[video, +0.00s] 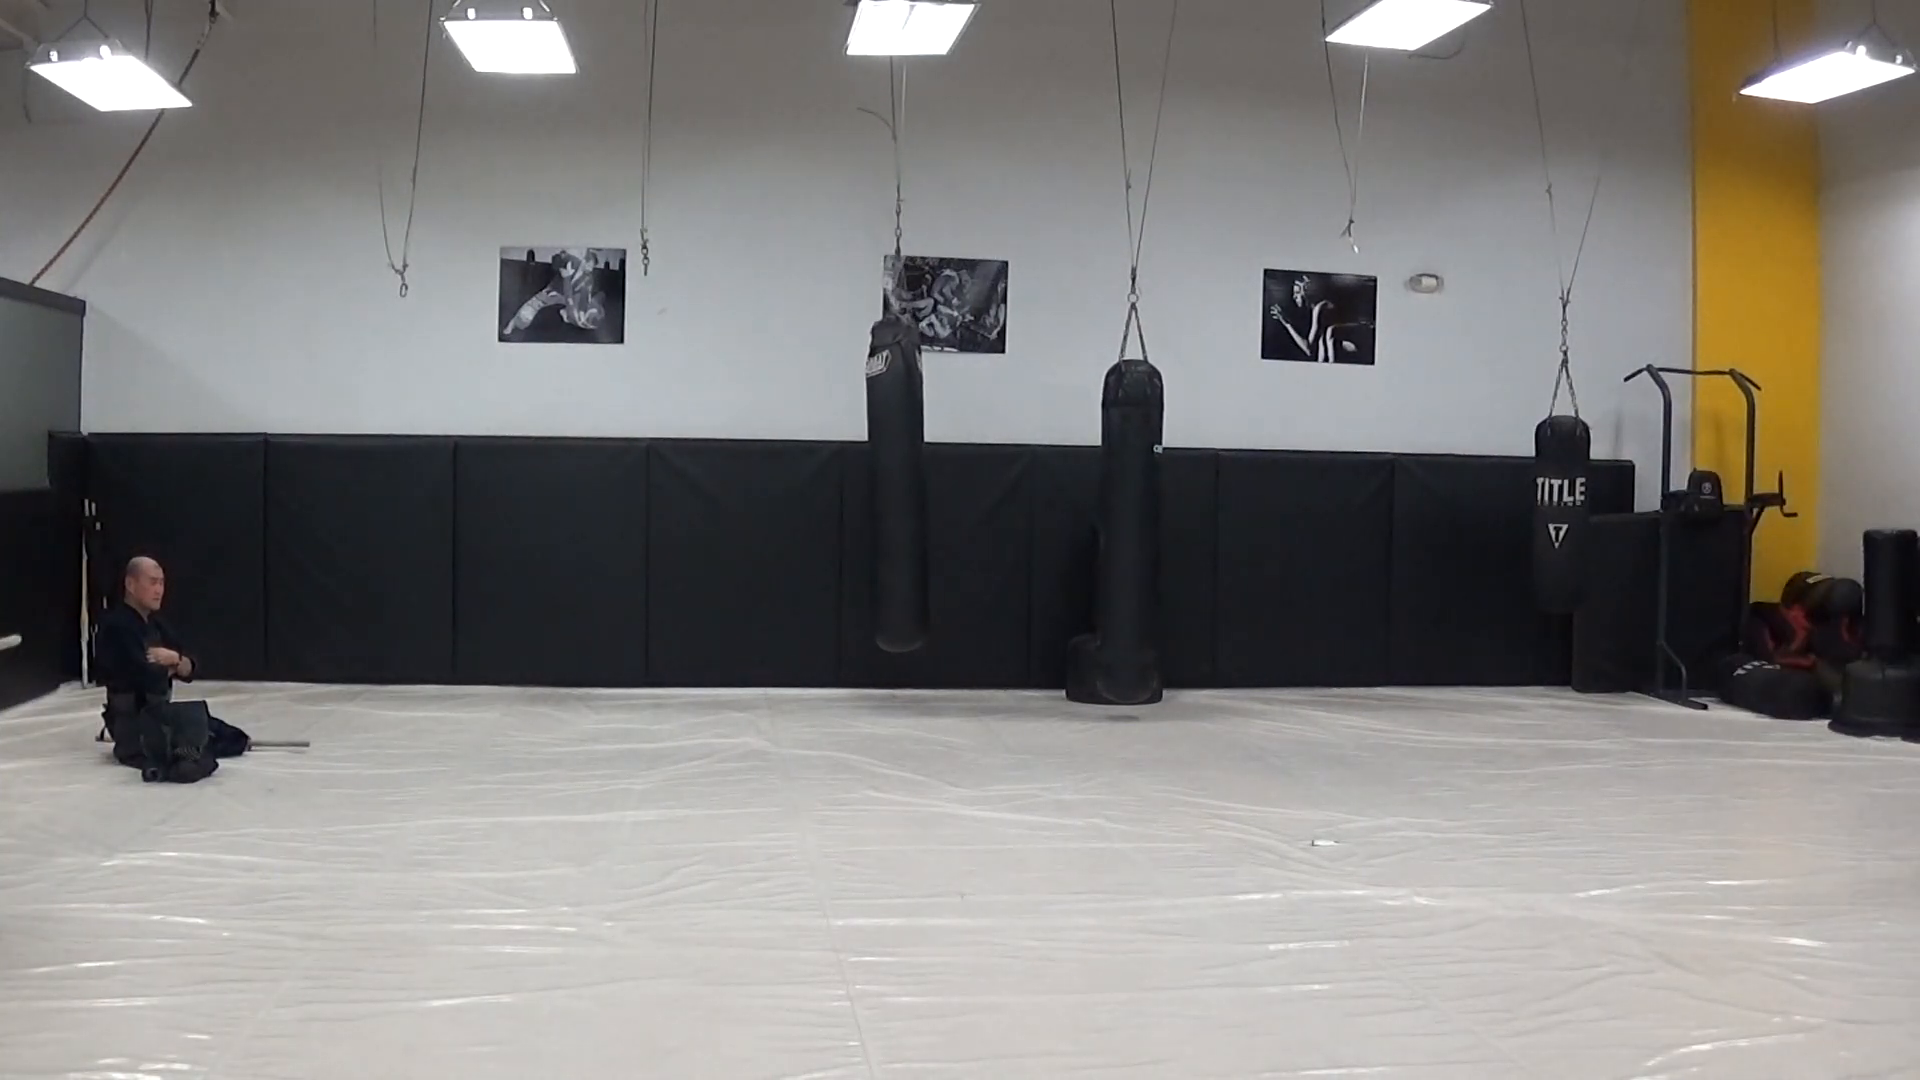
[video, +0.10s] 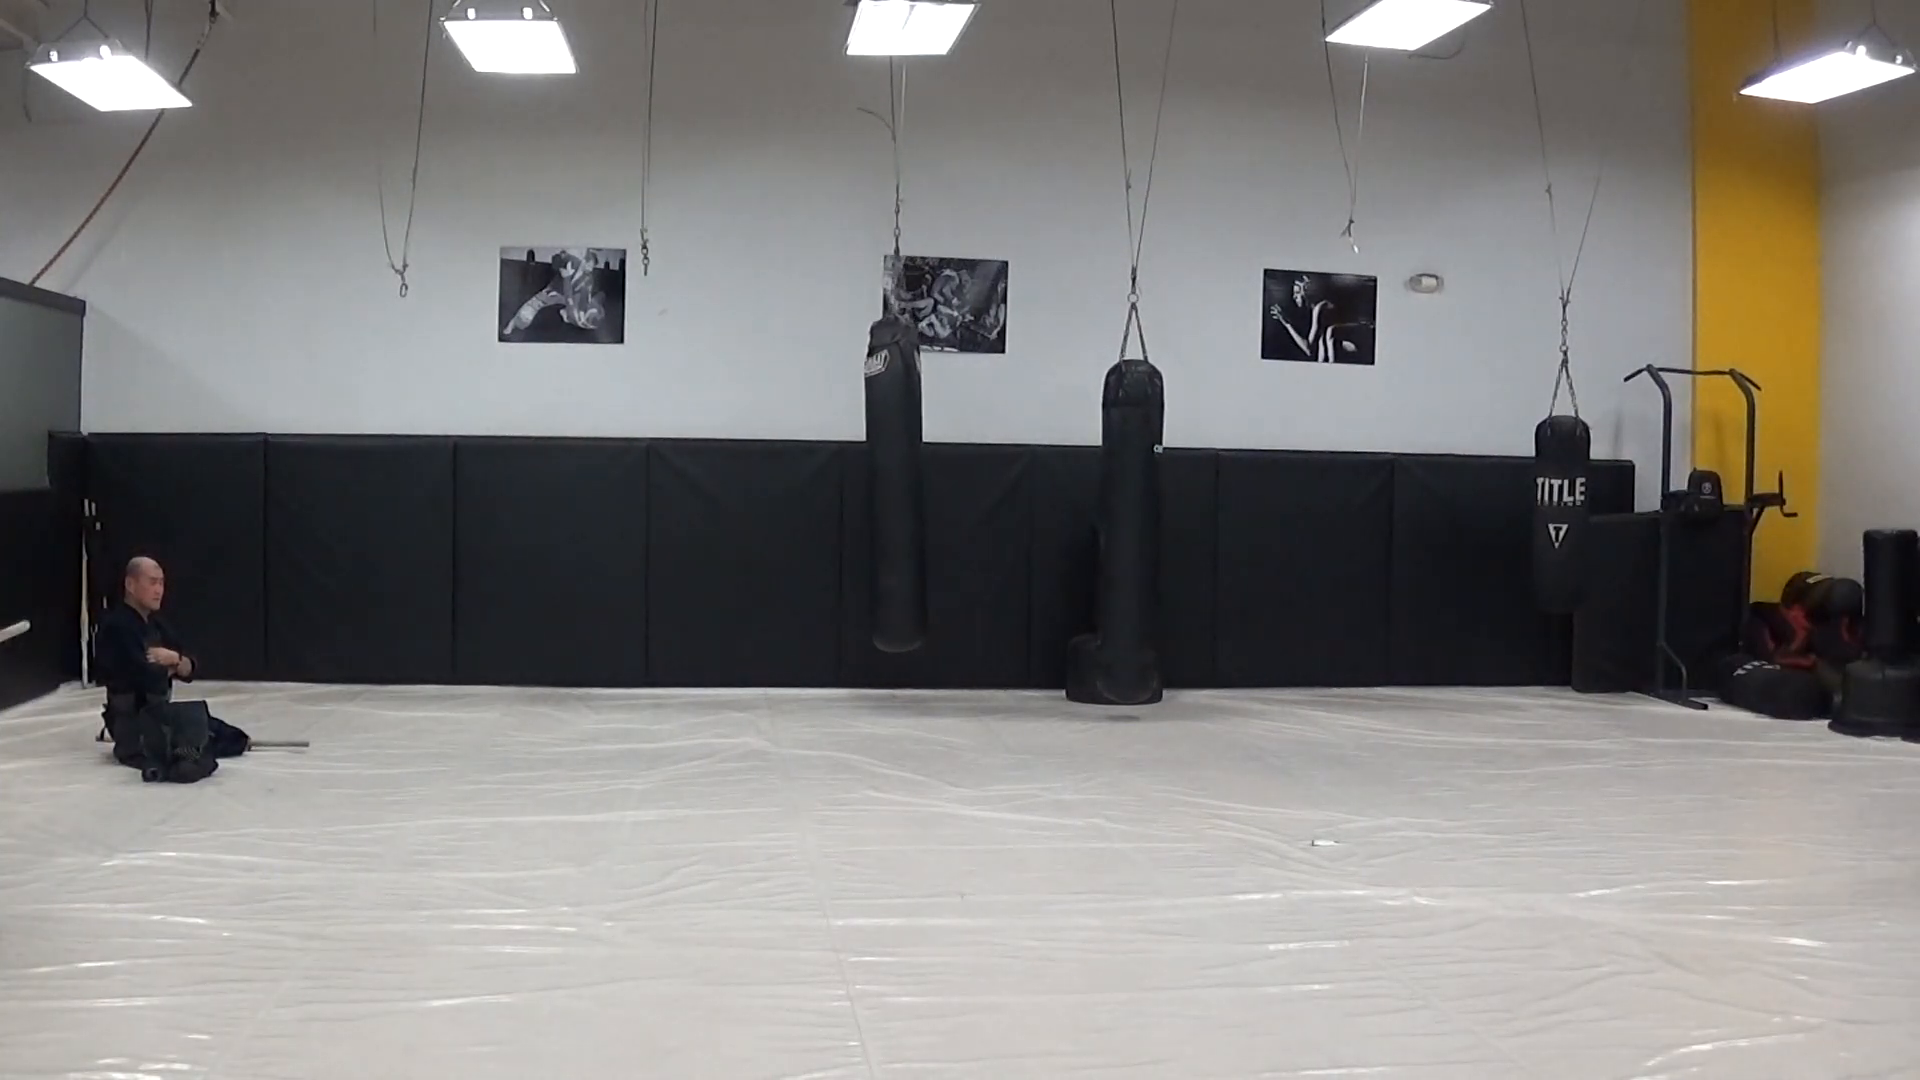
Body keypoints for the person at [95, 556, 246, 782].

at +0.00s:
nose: (160, 590)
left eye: (162, 583)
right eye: (153, 582)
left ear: (164, 585)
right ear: (130, 584)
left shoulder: (156, 623)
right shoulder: (115, 624)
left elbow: (190, 671)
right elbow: (142, 678)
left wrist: (176, 659)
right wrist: (173, 667)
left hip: (162, 721)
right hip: (133, 732)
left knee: (237, 740)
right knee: (200, 760)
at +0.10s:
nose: (160, 590)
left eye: (161, 583)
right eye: (153, 582)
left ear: (164, 585)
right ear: (130, 585)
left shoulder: (156, 622)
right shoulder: (115, 625)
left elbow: (190, 671)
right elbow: (141, 677)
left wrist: (175, 658)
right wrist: (173, 667)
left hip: (160, 719)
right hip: (131, 728)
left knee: (237, 739)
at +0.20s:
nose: (159, 590)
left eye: (161, 583)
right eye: (152, 582)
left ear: (164, 586)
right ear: (129, 585)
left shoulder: (156, 623)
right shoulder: (116, 625)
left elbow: (191, 671)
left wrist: (175, 659)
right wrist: (172, 667)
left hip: (162, 719)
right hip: (130, 726)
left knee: (237, 740)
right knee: (198, 761)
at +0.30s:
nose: (159, 589)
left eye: (160, 583)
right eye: (152, 582)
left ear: (163, 585)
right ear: (129, 585)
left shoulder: (157, 623)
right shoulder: (114, 623)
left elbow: (192, 671)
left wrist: (178, 659)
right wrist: (172, 667)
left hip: (162, 717)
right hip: (129, 724)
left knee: (236, 740)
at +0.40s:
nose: (159, 589)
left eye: (160, 583)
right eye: (152, 582)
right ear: (129, 585)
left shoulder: (156, 624)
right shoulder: (115, 625)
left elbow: (182, 678)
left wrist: (189, 662)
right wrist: (166, 661)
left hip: (162, 720)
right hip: (130, 728)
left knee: (236, 740)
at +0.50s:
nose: (159, 589)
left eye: (160, 582)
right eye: (152, 582)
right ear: (129, 585)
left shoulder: (155, 623)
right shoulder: (114, 624)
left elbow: (169, 674)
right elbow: (136, 664)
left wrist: (190, 669)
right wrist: (175, 654)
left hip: (162, 716)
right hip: (129, 723)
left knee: (236, 740)